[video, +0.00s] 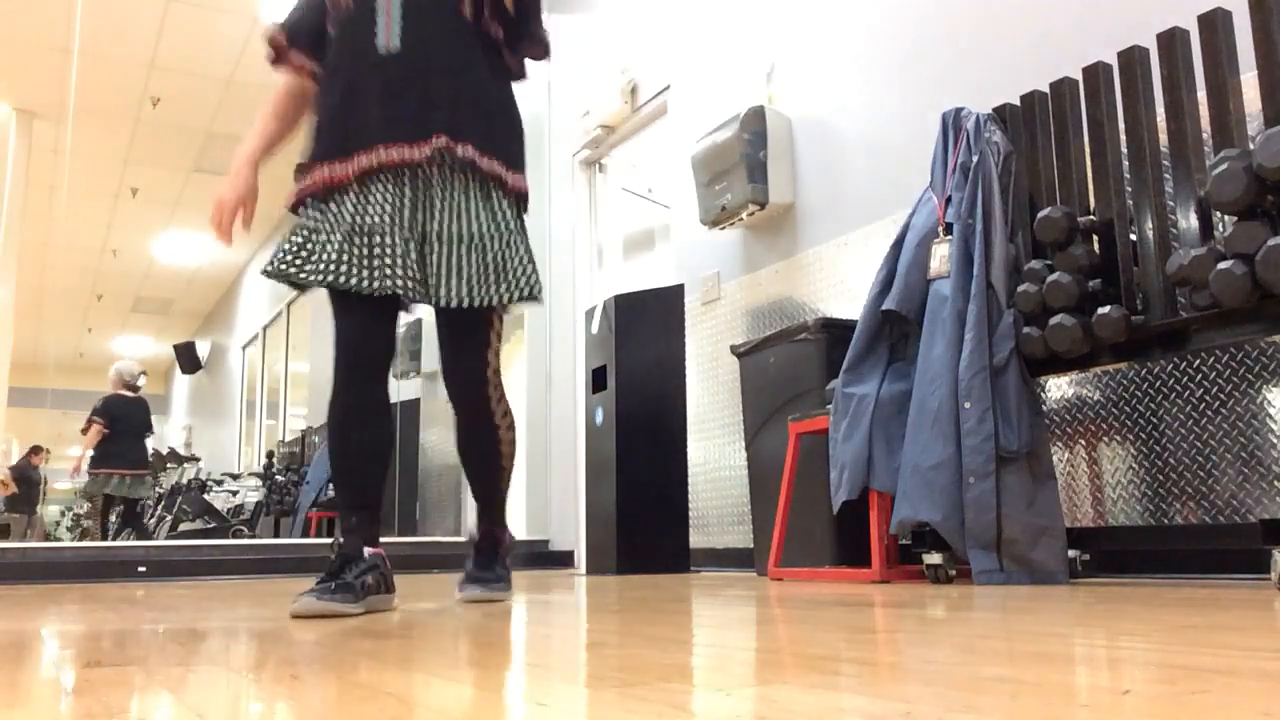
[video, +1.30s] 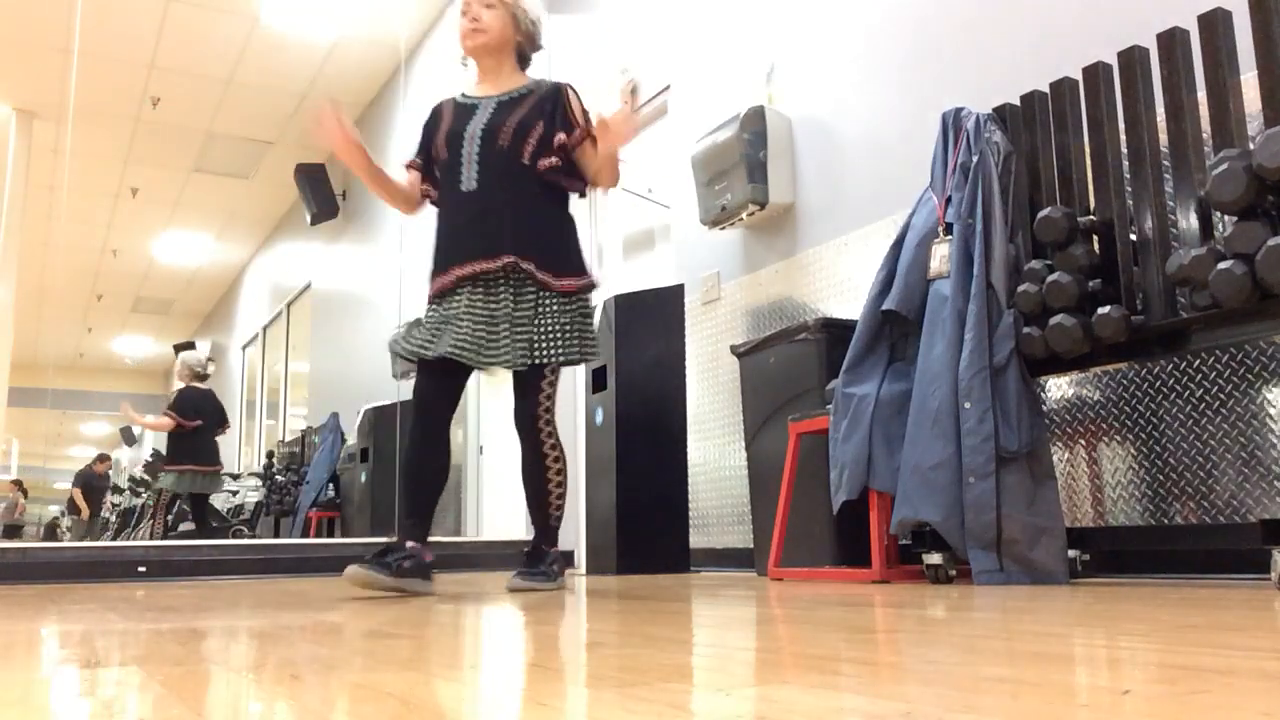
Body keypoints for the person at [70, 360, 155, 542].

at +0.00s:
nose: (110, 380)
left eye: (112, 376)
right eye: (111, 376)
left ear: (117, 379)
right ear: (134, 380)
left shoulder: (108, 402)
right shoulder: (142, 403)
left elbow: (96, 431)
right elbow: (147, 432)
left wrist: (80, 459)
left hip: (107, 471)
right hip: (137, 471)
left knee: (100, 517)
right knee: (131, 517)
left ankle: (100, 557)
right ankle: (151, 550)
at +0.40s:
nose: (133, 376)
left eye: (135, 373)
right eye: (135, 372)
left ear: (140, 374)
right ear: (157, 375)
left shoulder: (137, 396)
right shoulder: (165, 397)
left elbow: (128, 429)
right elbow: (179, 425)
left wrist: (102, 450)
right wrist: (160, 438)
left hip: (138, 469)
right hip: (165, 468)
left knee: (121, 511)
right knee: (154, 514)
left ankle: (131, 549)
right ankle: (156, 557)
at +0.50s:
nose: (134, 375)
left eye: (136, 371)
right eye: (135, 370)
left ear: (141, 373)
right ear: (160, 375)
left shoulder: (138, 396)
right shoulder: (167, 397)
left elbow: (127, 430)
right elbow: (182, 431)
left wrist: (97, 441)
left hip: (139, 467)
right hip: (166, 467)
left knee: (129, 511)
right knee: (154, 514)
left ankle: (139, 548)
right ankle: (155, 555)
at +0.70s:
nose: (139, 375)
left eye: (140, 372)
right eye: (140, 372)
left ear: (145, 374)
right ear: (166, 375)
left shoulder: (139, 395)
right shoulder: (175, 397)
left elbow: (118, 424)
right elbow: (191, 428)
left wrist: (91, 413)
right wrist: (201, 433)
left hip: (144, 467)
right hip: (172, 466)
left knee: (139, 515)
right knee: (157, 514)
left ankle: (147, 559)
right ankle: (163, 556)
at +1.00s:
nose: (156, 372)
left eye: (158, 369)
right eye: (157, 368)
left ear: (164, 371)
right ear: (182, 372)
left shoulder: (162, 394)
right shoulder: (195, 397)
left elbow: (132, 410)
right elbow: (213, 419)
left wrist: (113, 392)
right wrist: (190, 426)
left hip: (156, 462)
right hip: (183, 463)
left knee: (151, 510)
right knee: (177, 509)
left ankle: (147, 555)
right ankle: (195, 544)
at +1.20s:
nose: (171, 369)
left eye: (174, 366)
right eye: (173, 365)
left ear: (180, 370)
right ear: (197, 370)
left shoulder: (180, 393)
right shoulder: (204, 394)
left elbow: (160, 421)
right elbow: (220, 422)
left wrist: (133, 410)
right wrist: (199, 433)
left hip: (176, 465)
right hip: (201, 465)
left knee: (161, 512)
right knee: (198, 516)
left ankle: (153, 556)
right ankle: (206, 557)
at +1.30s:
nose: (176, 370)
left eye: (178, 366)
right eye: (177, 366)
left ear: (186, 370)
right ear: (199, 370)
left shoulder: (184, 394)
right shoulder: (211, 395)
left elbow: (168, 424)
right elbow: (223, 425)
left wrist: (138, 420)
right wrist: (200, 434)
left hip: (181, 466)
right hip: (208, 466)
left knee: (160, 510)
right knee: (201, 515)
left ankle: (153, 556)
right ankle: (210, 558)